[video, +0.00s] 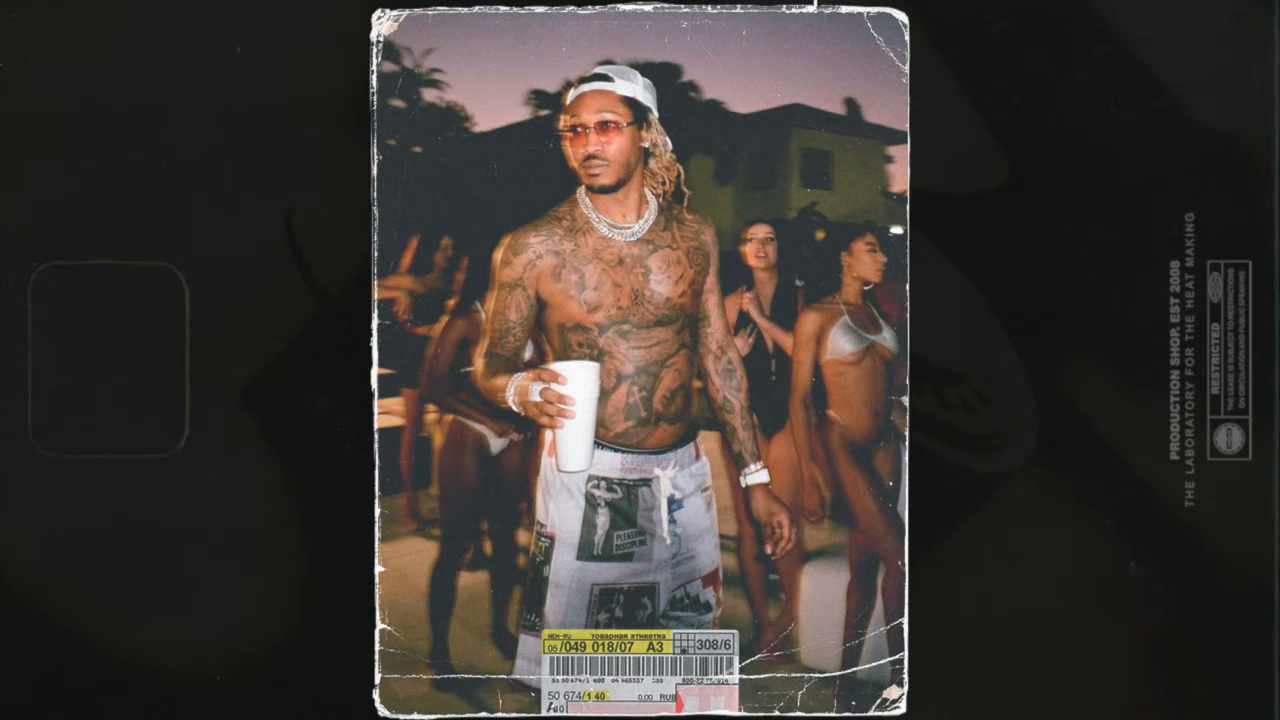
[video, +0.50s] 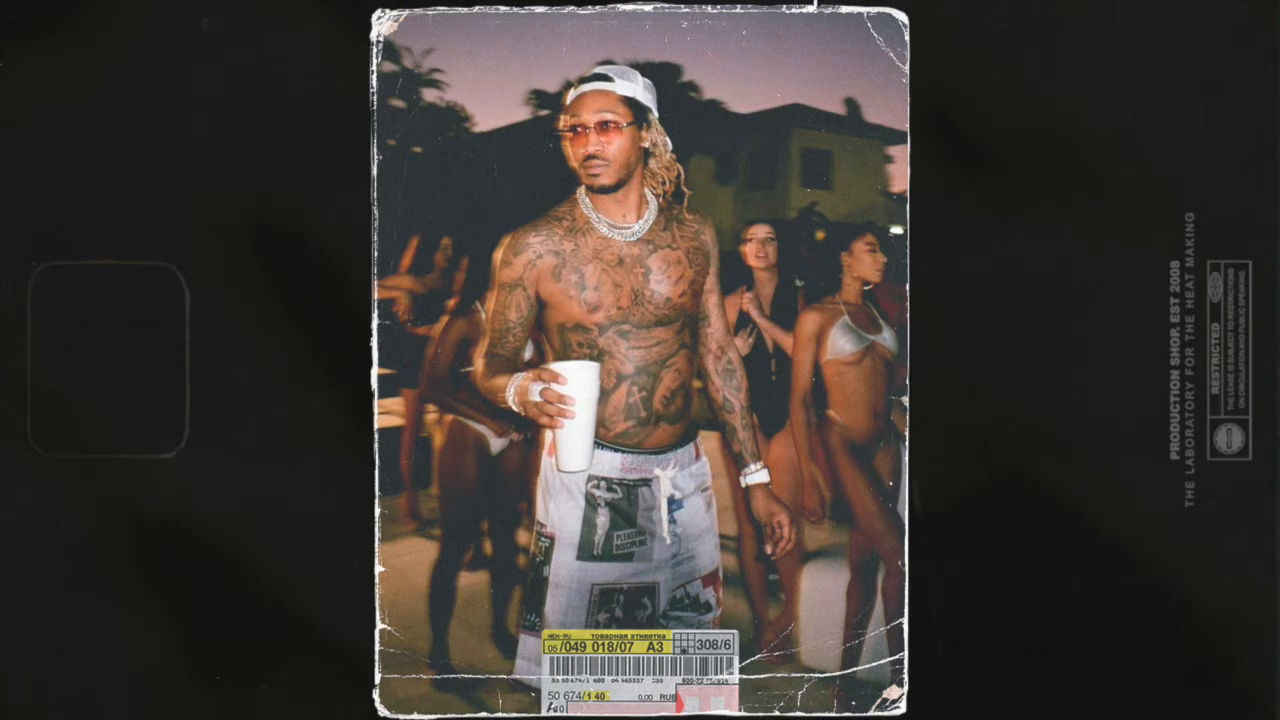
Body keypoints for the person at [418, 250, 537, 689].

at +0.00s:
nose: (516, 286)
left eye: (523, 278)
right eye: (509, 276)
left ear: (531, 287)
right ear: (495, 277)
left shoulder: (531, 331)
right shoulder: (466, 322)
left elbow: (543, 385)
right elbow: (435, 387)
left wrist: (529, 421)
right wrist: (489, 421)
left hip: (514, 445)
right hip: (465, 441)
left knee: (506, 541)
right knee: (456, 544)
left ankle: (501, 628)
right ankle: (439, 649)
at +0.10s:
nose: (516, 289)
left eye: (522, 282)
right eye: (509, 280)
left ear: (531, 290)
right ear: (494, 280)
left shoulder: (531, 332)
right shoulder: (466, 322)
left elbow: (543, 384)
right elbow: (435, 387)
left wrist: (529, 420)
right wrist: (489, 421)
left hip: (514, 445)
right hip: (465, 441)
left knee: (506, 541)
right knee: (456, 544)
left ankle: (501, 628)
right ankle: (439, 648)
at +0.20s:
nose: (514, 291)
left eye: (521, 284)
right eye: (507, 281)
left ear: (530, 291)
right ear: (493, 281)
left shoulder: (531, 334)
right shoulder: (464, 324)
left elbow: (543, 386)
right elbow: (434, 387)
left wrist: (529, 420)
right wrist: (490, 422)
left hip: (514, 445)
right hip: (464, 441)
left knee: (506, 542)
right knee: (455, 546)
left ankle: (501, 628)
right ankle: (439, 652)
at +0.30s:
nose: (514, 293)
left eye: (522, 286)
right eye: (508, 283)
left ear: (531, 293)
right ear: (493, 282)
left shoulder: (531, 335)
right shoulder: (463, 325)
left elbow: (544, 389)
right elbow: (434, 388)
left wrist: (529, 421)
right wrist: (490, 422)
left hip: (514, 446)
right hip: (465, 442)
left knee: (506, 542)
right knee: (455, 545)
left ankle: (501, 627)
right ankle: (439, 651)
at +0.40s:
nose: (513, 288)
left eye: (521, 281)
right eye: (507, 278)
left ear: (531, 289)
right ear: (493, 278)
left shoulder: (531, 332)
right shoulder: (465, 322)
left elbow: (543, 386)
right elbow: (434, 387)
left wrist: (530, 421)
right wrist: (489, 421)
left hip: (515, 443)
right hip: (465, 439)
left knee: (506, 540)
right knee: (456, 544)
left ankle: (501, 628)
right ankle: (439, 648)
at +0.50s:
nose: (514, 289)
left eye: (521, 281)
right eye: (507, 279)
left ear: (531, 289)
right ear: (493, 278)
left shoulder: (531, 333)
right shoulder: (465, 322)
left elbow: (543, 386)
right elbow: (434, 386)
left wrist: (529, 421)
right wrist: (490, 422)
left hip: (515, 443)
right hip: (465, 439)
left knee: (506, 540)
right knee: (456, 544)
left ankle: (501, 627)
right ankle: (439, 650)